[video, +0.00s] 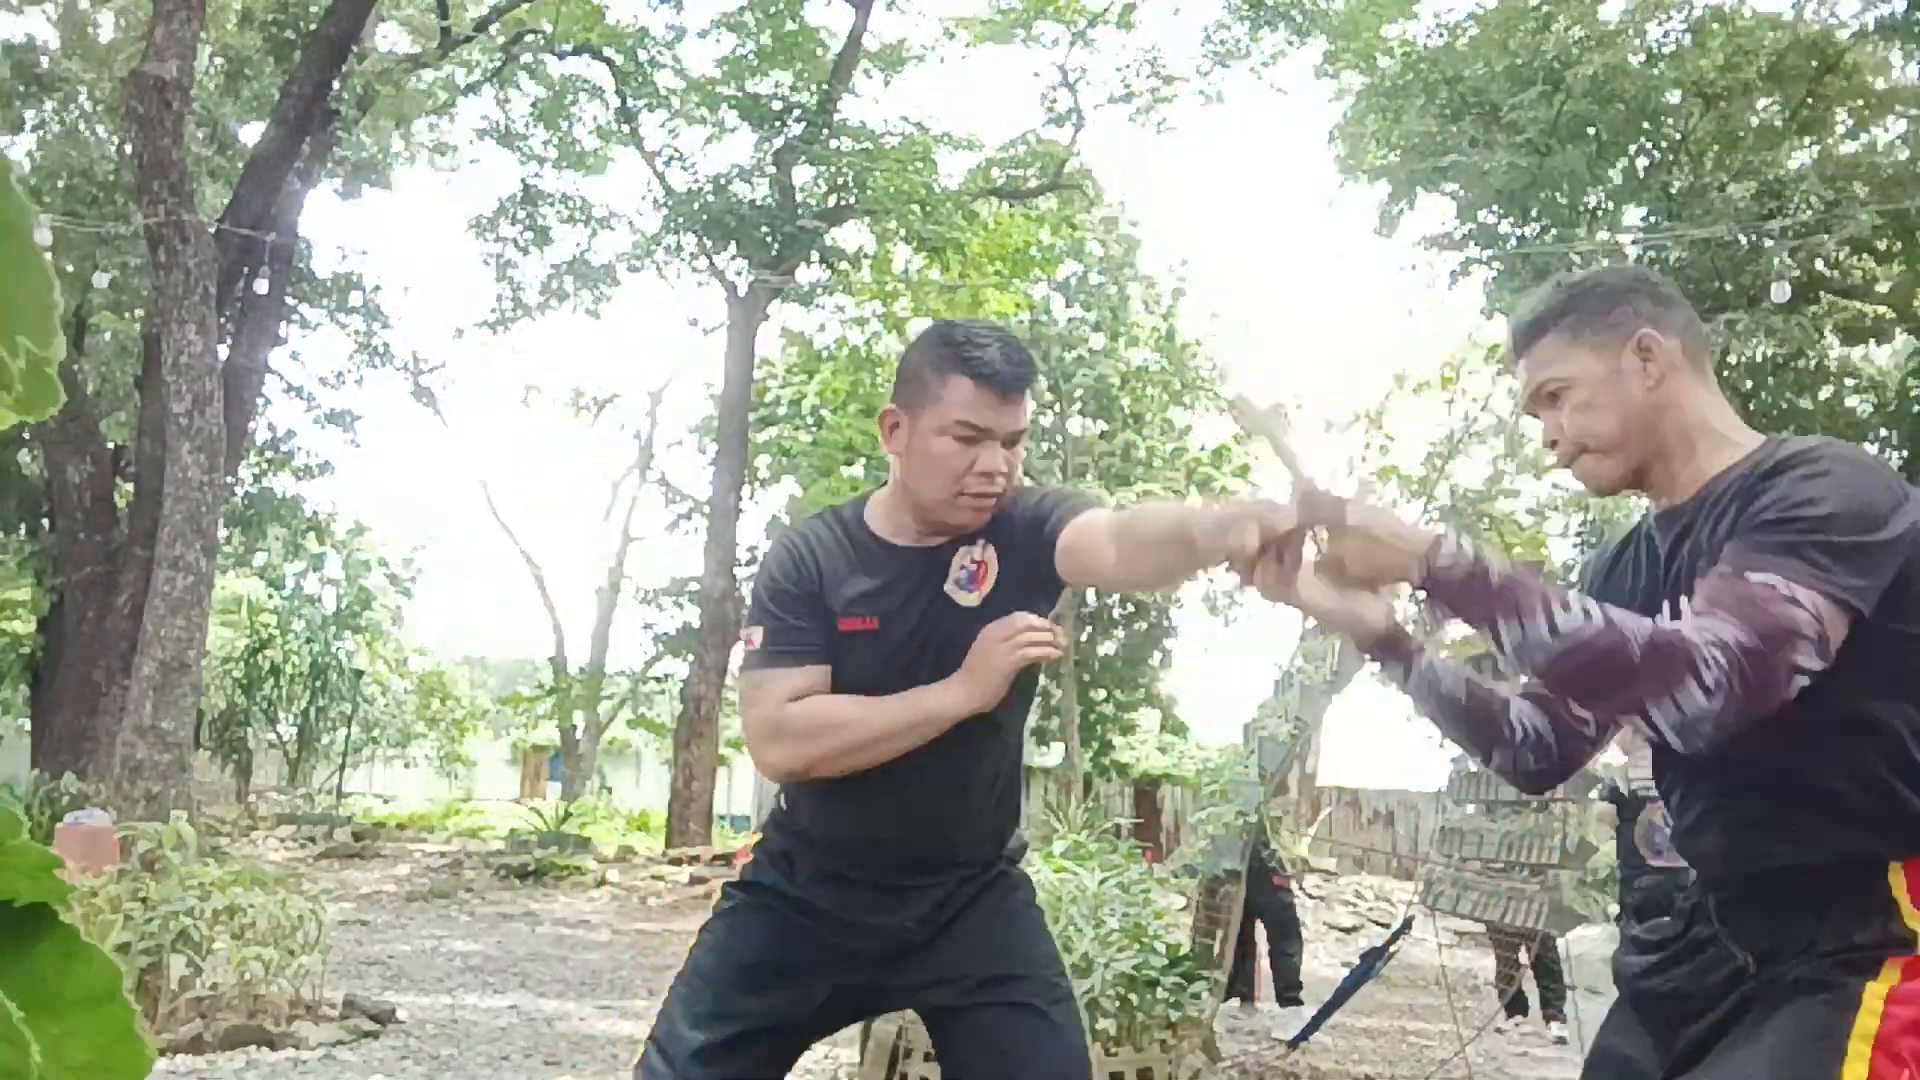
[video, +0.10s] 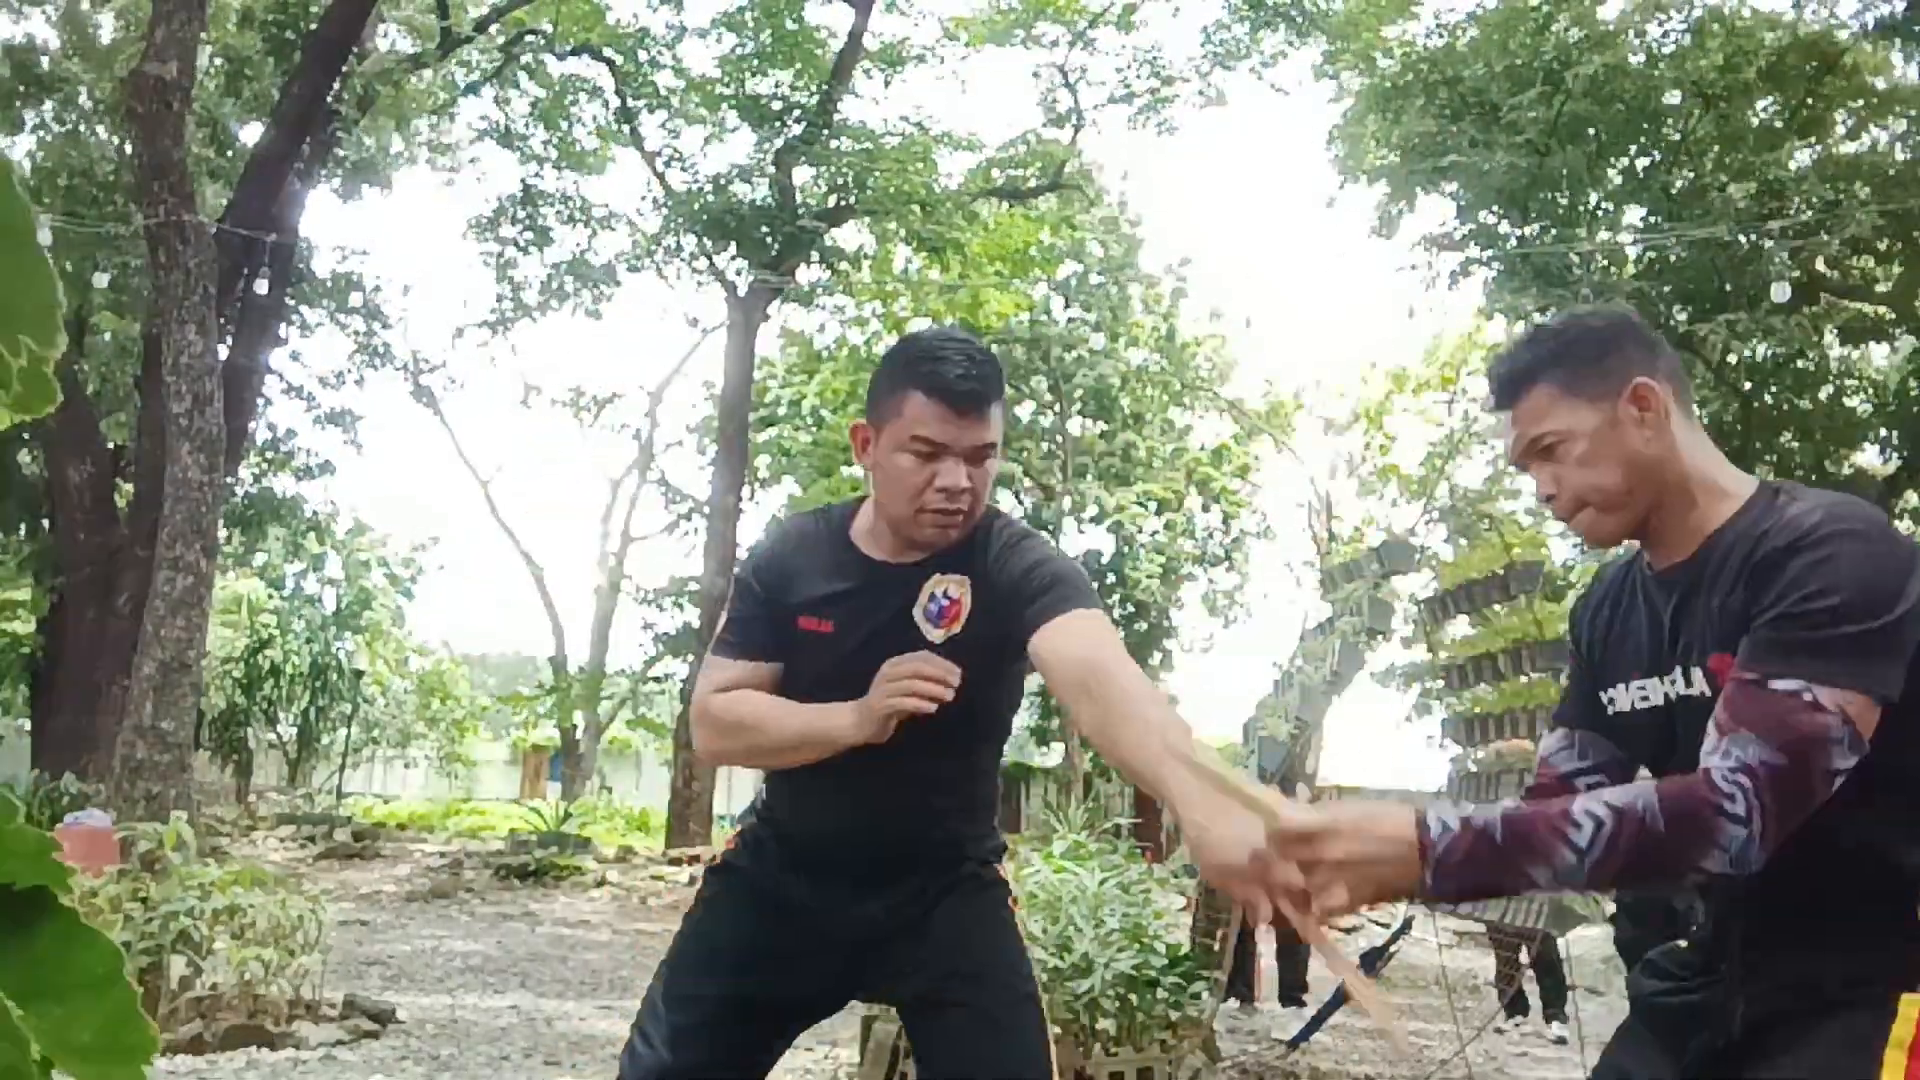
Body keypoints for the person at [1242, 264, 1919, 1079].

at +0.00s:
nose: (1547, 437)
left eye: (1555, 398)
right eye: (1537, 416)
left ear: (1648, 355)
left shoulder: (1832, 488)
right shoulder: (1629, 567)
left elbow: (1701, 685)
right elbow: (1536, 748)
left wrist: (1432, 560)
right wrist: (1383, 638)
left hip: (1854, 974)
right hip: (1690, 974)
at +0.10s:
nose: (1541, 493)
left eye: (1551, 451)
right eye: (1528, 468)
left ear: (1645, 409)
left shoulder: (1839, 551)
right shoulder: (1606, 611)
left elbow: (1737, 820)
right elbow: (1565, 816)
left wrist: (1430, 855)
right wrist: (1405, 861)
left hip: (1844, 1012)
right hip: (1681, 1011)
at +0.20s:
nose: (1525, 544)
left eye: (1531, 503)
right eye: (1508, 518)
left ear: (1618, 453)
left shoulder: (1818, 593)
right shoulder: (1616, 629)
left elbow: (1725, 889)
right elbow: (1573, 849)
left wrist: (1458, 981)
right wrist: (1377, 926)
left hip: (1828, 1028)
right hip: (1678, 1019)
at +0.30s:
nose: (1485, 594)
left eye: (1485, 557)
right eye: (1469, 571)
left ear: (1562, 505)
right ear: (1565, 510)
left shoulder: (1727, 645)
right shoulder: (1609, 638)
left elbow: (1690, 935)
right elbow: (1536, 813)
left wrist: (1474, 1004)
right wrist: (1359, 862)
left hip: (1844, 1020)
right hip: (1705, 1003)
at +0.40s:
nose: (1453, 609)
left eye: (1449, 577)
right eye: (1438, 587)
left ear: (1517, 528)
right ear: (1519, 530)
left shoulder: (1654, 661)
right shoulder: (1604, 638)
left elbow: (1639, 935)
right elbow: (1500, 771)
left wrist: (1451, 970)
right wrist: (1326, 815)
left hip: (1820, 1003)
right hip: (1714, 984)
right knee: (1587, 1070)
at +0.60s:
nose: (1417, 608)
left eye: (1405, 580)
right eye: (1402, 586)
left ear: (1445, 546)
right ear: (1525, 518)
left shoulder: (1458, 691)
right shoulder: (1694, 594)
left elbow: (1423, 873)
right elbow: (1574, 685)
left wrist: (1313, 809)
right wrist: (1405, 727)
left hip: (1610, 1004)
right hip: (1785, 992)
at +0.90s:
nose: (1388, 606)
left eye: (1384, 575)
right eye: (1380, 579)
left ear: (1426, 552)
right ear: (1506, 541)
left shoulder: (1400, 686)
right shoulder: (1646, 619)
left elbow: (1303, 832)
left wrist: (1251, 852)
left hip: (1556, 1019)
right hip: (1723, 1005)